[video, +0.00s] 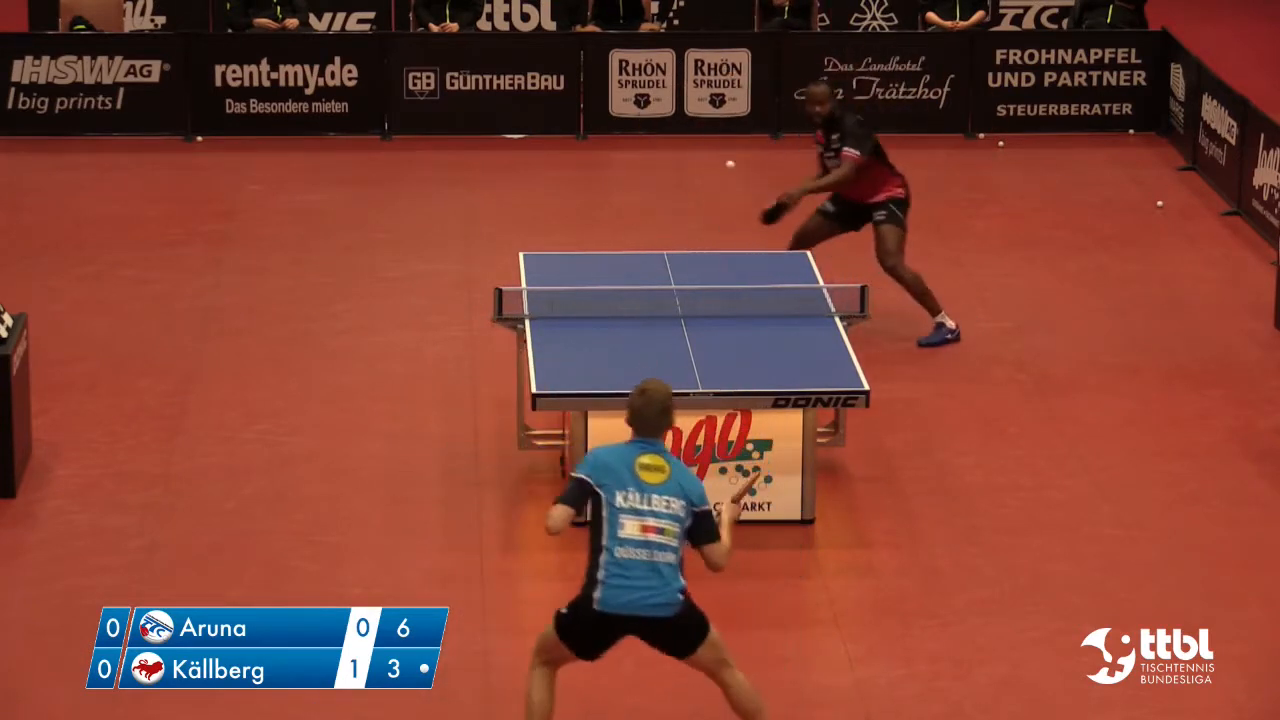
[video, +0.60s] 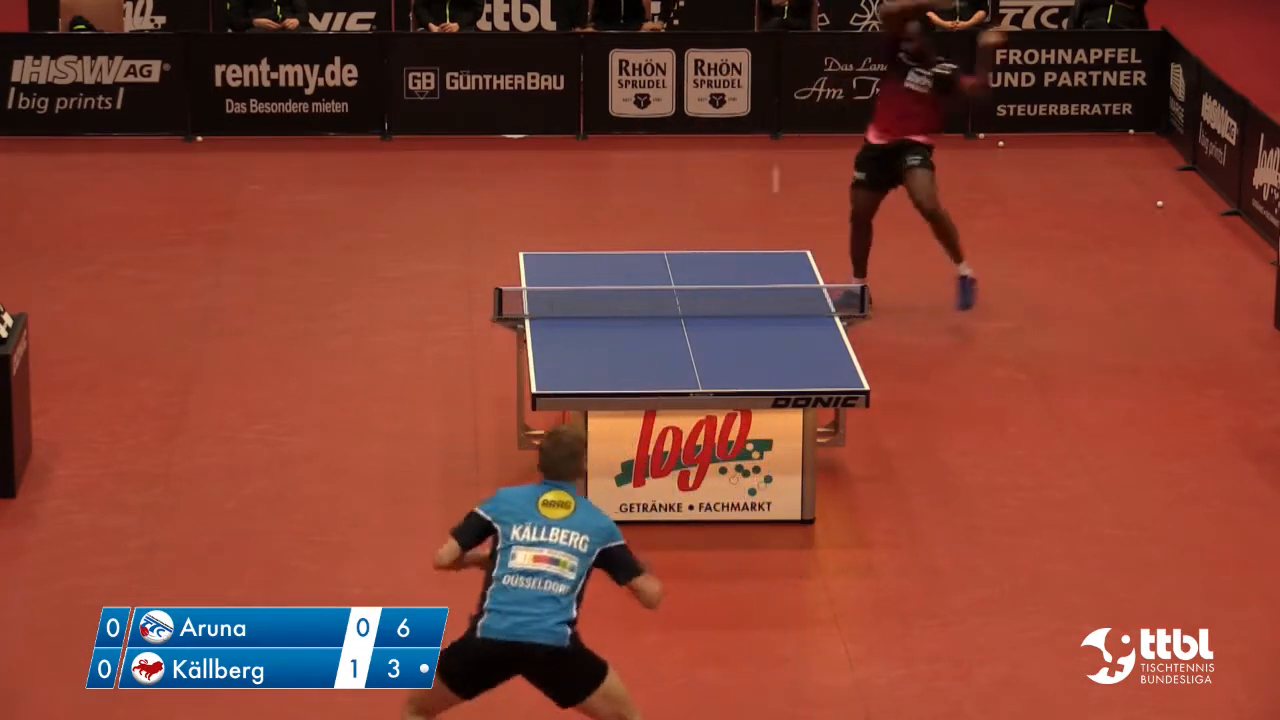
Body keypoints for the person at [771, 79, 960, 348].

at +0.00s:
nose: (816, 110)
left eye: (821, 103)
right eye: (811, 104)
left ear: (834, 101)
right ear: (806, 106)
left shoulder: (853, 125)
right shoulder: (821, 131)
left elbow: (845, 172)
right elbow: (823, 177)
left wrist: (799, 192)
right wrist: (787, 203)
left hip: (887, 196)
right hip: (851, 198)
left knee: (890, 261)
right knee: (800, 241)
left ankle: (945, 323)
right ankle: (788, 311)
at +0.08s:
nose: (825, 108)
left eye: (831, 101)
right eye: (821, 102)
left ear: (844, 99)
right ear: (816, 102)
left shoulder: (859, 123)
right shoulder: (837, 126)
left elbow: (845, 171)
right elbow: (848, 171)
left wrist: (795, 195)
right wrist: (826, 200)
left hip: (897, 198)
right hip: (864, 198)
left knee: (892, 262)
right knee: (820, 227)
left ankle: (945, 323)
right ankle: (793, 287)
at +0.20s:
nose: (833, 102)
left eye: (838, 95)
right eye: (831, 95)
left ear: (854, 91)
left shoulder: (861, 115)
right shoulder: (871, 105)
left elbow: (831, 160)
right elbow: (912, 136)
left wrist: (783, 183)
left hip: (903, 195)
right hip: (876, 193)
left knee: (888, 264)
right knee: (836, 227)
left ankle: (944, 322)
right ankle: (856, 289)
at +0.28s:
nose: (839, 97)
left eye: (844, 90)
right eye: (836, 91)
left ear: (859, 85)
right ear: (836, 89)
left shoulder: (862, 111)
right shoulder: (883, 98)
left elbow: (836, 148)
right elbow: (920, 119)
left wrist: (796, 174)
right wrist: (929, 142)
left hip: (903, 191)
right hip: (881, 188)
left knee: (888, 264)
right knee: (842, 226)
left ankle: (945, 322)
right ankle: (858, 293)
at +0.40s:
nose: (851, 68)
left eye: (856, 62)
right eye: (850, 62)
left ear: (871, 60)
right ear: (858, 60)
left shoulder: (879, 87)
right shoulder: (887, 78)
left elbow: (885, 130)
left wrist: (871, 167)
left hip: (908, 172)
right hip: (886, 170)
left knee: (901, 243)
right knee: (850, 220)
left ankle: (944, 316)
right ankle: (859, 291)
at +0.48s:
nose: (873, 44)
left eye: (878, 37)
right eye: (872, 38)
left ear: (893, 38)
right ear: (875, 40)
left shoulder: (916, 68)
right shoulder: (876, 71)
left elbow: (923, 114)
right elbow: (864, 106)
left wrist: (898, 132)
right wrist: (824, 95)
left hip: (914, 153)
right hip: (883, 153)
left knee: (903, 217)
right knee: (864, 216)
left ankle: (935, 297)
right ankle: (859, 289)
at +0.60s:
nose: (907, 45)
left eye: (913, 39)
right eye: (904, 39)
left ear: (927, 40)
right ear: (899, 40)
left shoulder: (942, 73)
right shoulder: (894, 59)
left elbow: (979, 88)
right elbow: (886, 12)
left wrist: (984, 49)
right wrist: (928, 5)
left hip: (913, 148)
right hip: (877, 147)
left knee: (928, 206)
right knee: (859, 216)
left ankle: (964, 272)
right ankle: (858, 286)